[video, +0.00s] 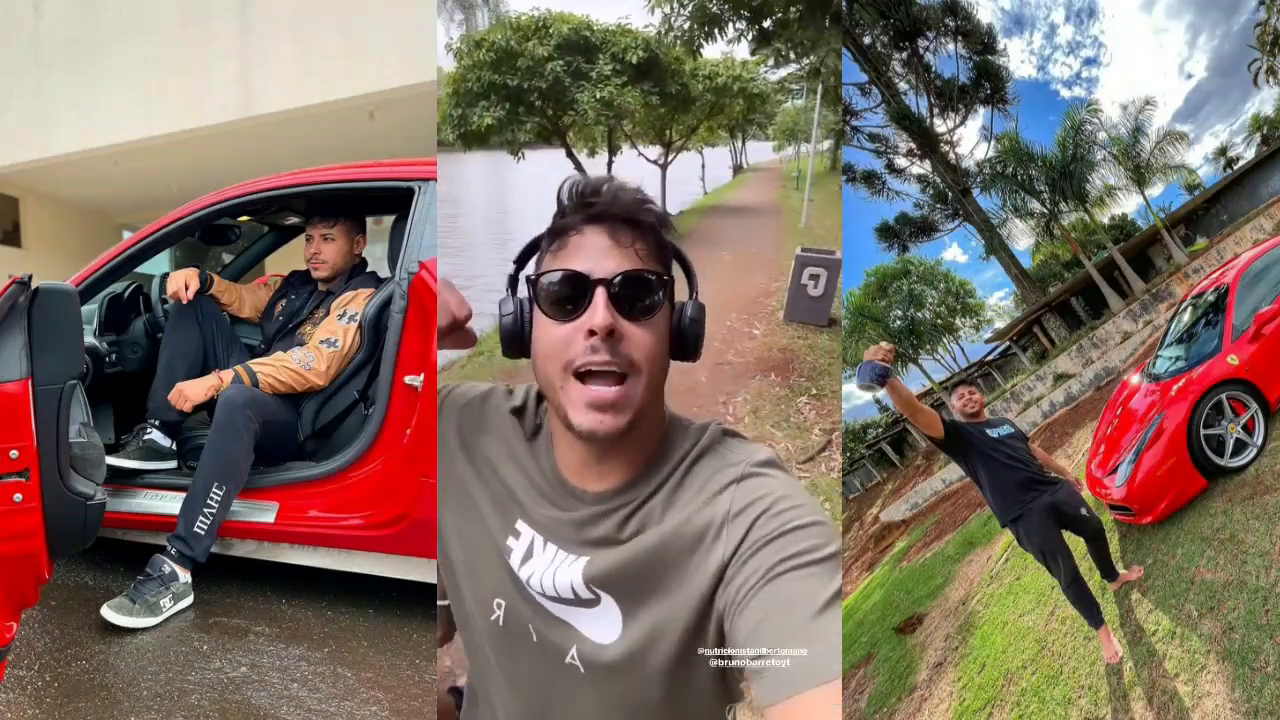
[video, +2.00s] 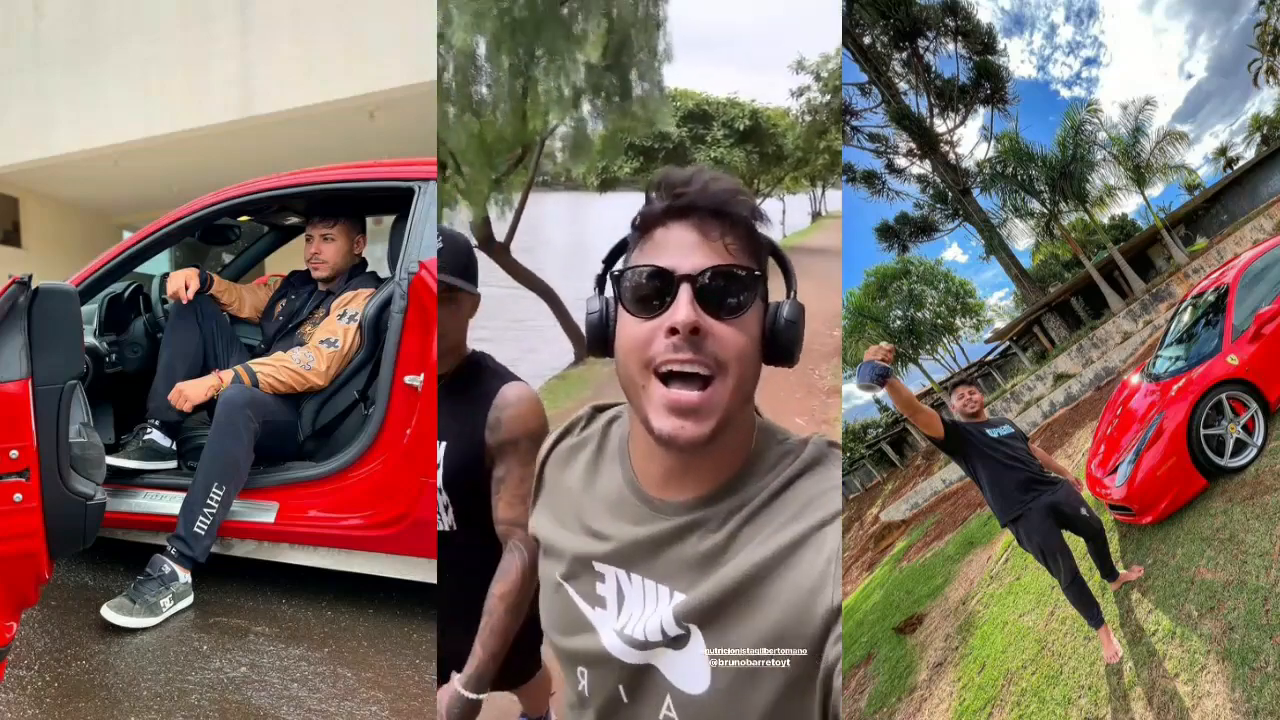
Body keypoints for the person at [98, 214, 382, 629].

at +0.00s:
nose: (314, 249)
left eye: (328, 239)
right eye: (310, 239)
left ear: (358, 245)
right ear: (305, 244)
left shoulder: (362, 297)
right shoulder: (291, 286)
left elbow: (315, 367)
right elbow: (242, 299)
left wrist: (220, 380)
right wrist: (201, 279)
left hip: (314, 412)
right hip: (261, 386)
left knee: (238, 402)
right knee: (195, 302)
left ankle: (176, 567)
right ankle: (160, 433)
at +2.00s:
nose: (314, 249)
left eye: (328, 239)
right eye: (310, 239)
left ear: (359, 245)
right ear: (304, 243)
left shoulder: (361, 297)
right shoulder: (291, 286)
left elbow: (315, 366)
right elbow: (242, 299)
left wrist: (219, 380)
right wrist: (201, 278)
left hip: (315, 410)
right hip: (264, 388)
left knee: (239, 402)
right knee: (196, 302)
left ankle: (177, 567)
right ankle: (161, 433)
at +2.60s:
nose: (315, 249)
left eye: (328, 239)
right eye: (310, 239)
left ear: (358, 245)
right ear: (304, 244)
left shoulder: (361, 297)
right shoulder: (292, 286)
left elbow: (315, 366)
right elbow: (243, 299)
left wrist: (219, 381)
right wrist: (203, 279)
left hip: (315, 411)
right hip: (265, 389)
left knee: (239, 402)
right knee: (196, 303)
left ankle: (177, 568)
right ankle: (161, 433)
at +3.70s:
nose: (314, 250)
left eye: (328, 239)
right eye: (310, 239)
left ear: (358, 245)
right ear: (304, 244)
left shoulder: (362, 297)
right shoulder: (292, 286)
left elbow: (315, 366)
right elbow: (242, 299)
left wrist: (219, 380)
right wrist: (202, 278)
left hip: (316, 410)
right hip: (266, 389)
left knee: (239, 402)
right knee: (196, 303)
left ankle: (177, 568)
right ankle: (161, 433)